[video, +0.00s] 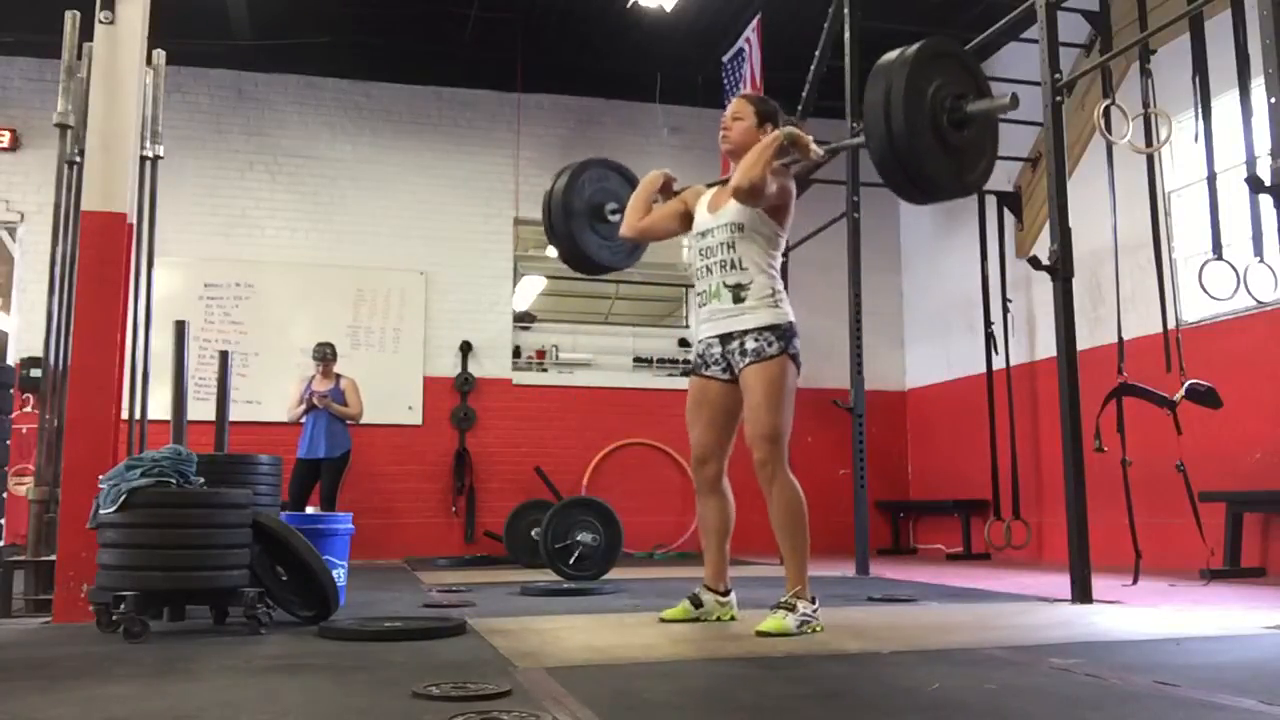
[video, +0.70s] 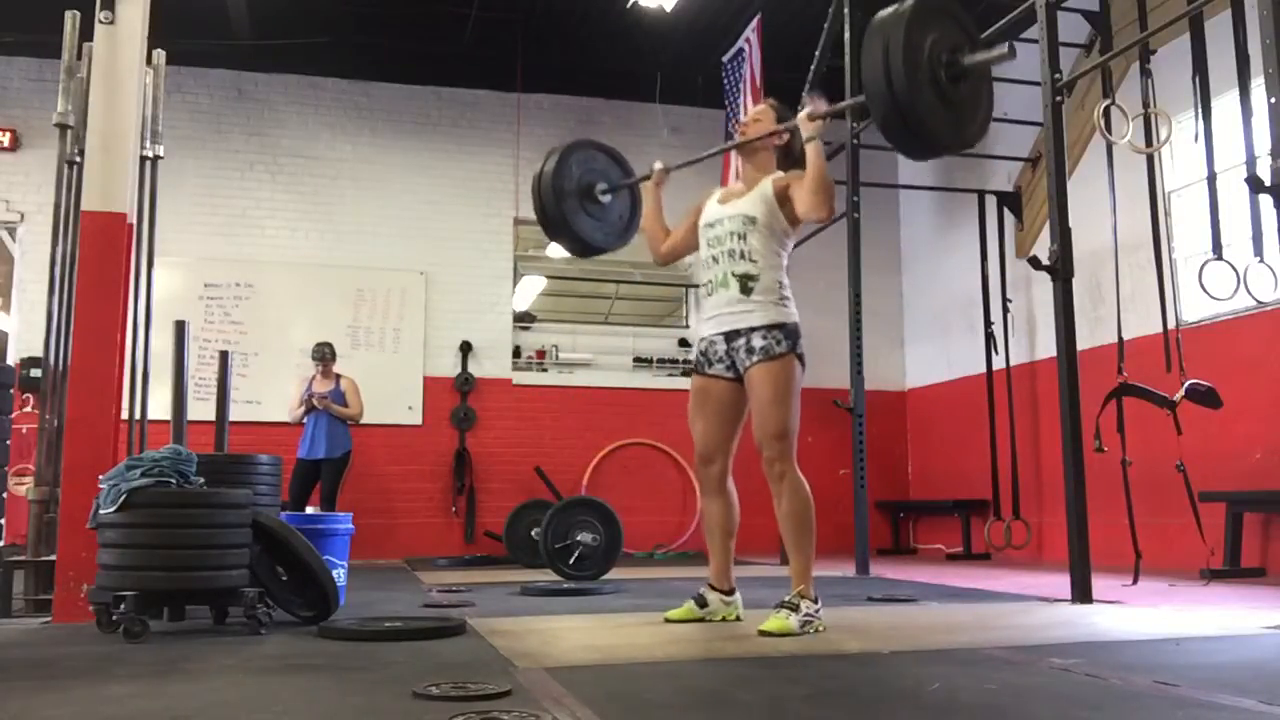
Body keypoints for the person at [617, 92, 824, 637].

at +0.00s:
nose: (724, 125)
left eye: (736, 118)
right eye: (724, 118)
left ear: (766, 135)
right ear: (725, 132)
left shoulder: (778, 184)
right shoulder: (697, 197)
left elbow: (743, 185)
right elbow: (632, 227)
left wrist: (779, 137)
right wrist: (655, 179)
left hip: (764, 336)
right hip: (711, 343)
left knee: (769, 462)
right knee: (705, 465)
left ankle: (800, 600)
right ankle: (716, 592)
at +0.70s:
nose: (744, 118)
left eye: (756, 113)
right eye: (744, 113)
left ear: (779, 134)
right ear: (740, 131)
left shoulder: (785, 183)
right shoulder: (713, 200)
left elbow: (818, 209)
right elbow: (663, 250)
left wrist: (810, 137)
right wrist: (652, 191)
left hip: (767, 333)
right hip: (714, 340)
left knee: (777, 460)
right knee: (709, 465)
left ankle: (803, 598)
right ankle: (721, 593)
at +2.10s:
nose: (732, 136)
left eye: (743, 128)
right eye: (730, 129)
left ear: (771, 138)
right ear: (730, 142)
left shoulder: (792, 187)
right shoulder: (716, 210)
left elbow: (812, 252)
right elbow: (692, 278)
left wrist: (815, 315)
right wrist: (670, 339)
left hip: (778, 339)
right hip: (723, 344)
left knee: (784, 461)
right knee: (719, 464)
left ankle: (804, 598)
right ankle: (724, 592)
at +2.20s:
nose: (731, 137)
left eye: (742, 128)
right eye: (730, 130)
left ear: (771, 138)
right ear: (730, 143)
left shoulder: (792, 187)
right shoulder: (718, 210)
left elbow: (811, 253)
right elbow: (692, 278)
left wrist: (814, 316)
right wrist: (670, 338)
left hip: (777, 339)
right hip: (722, 345)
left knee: (784, 460)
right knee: (716, 465)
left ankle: (803, 598)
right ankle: (723, 593)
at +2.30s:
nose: (728, 137)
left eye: (739, 129)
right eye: (726, 130)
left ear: (768, 140)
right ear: (727, 143)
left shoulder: (788, 189)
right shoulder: (715, 212)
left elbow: (808, 253)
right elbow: (690, 279)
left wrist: (811, 316)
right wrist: (669, 339)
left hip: (773, 338)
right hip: (718, 345)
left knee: (779, 460)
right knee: (716, 465)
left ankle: (805, 598)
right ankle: (722, 593)